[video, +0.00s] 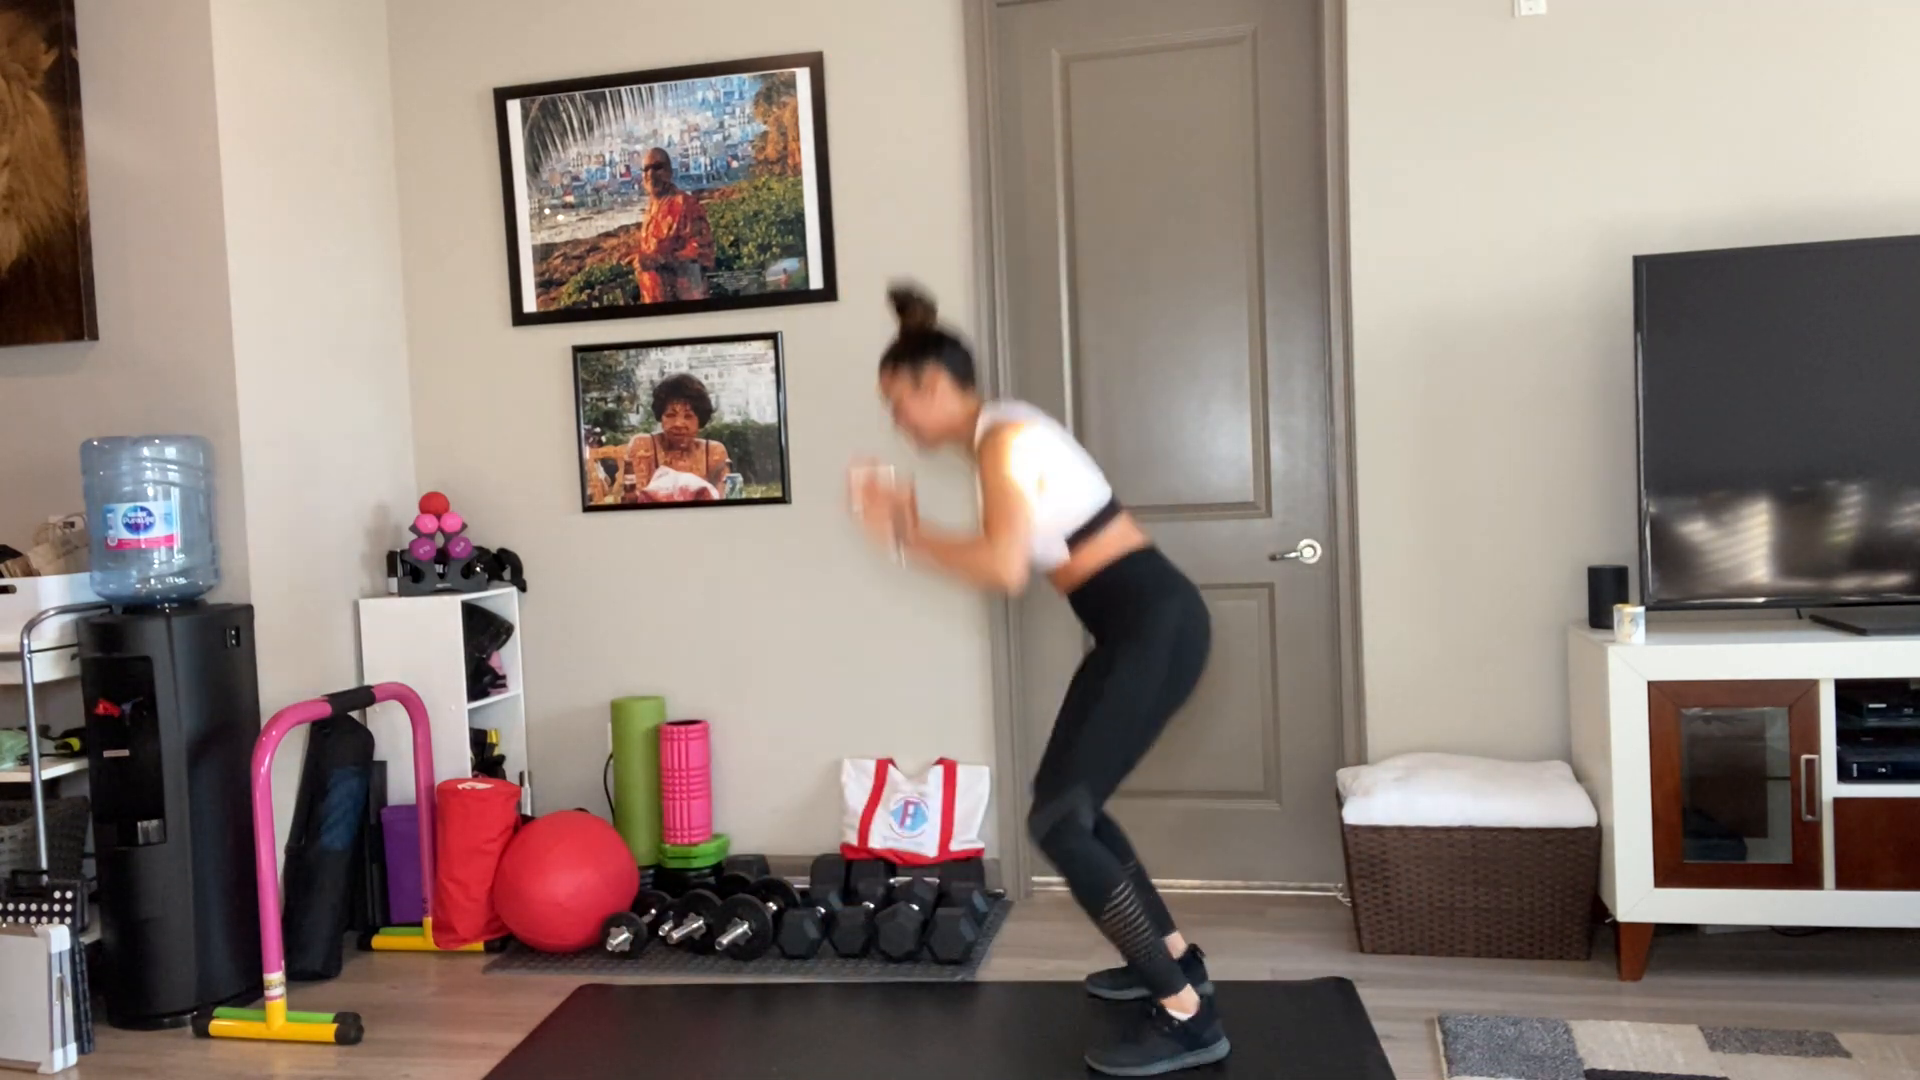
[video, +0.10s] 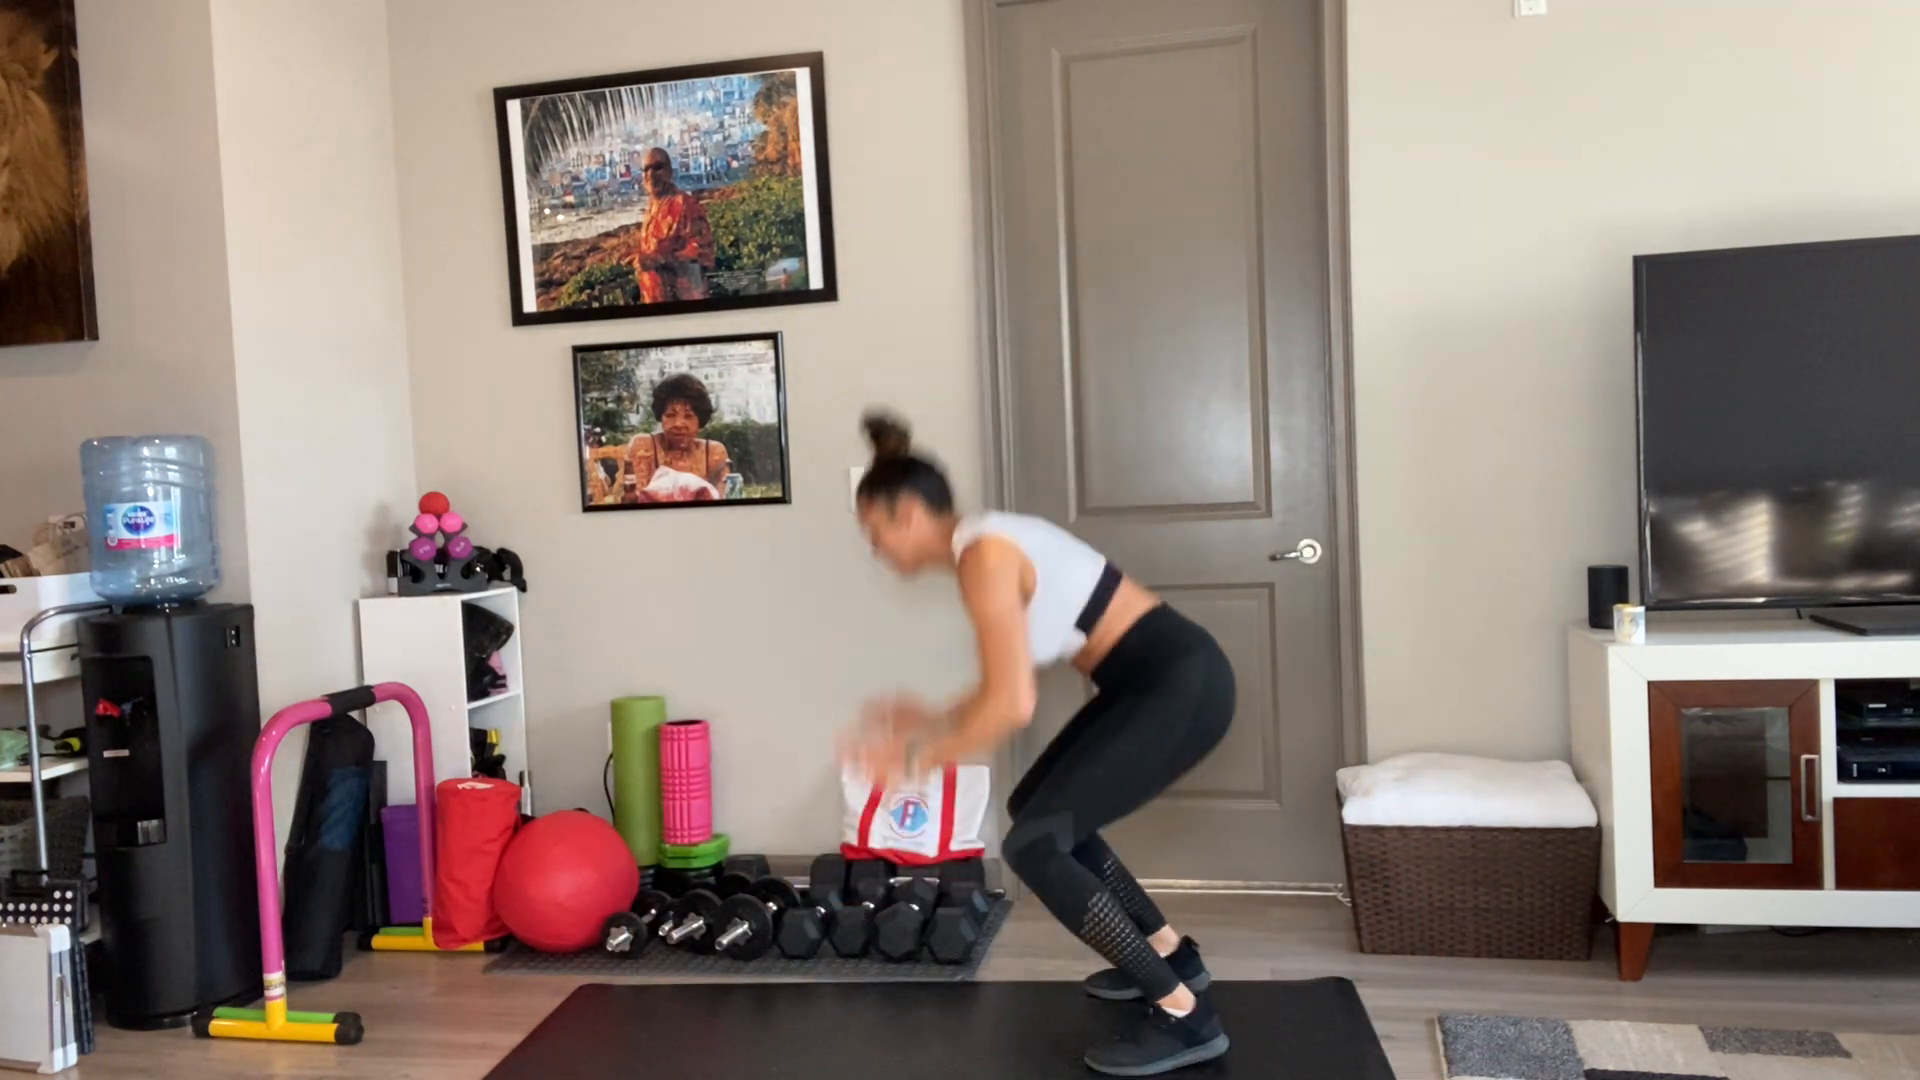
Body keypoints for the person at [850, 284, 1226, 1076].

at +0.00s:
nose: (899, 419)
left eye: (901, 400)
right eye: (893, 406)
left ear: (941, 384)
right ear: (938, 387)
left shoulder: (1007, 442)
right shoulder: (997, 438)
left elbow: (1006, 568)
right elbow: (999, 557)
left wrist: (911, 534)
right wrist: (912, 527)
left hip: (1155, 624)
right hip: (1131, 625)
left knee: (1061, 817)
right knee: (1067, 802)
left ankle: (1185, 1010)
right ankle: (1169, 951)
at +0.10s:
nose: (875, 550)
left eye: (876, 532)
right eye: (869, 535)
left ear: (912, 511)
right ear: (913, 511)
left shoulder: (987, 556)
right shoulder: (985, 545)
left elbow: (1012, 705)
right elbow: (1004, 690)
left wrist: (918, 758)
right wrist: (928, 720)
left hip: (1176, 683)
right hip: (1145, 683)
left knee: (1033, 845)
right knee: (1034, 809)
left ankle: (1183, 1012)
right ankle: (1166, 953)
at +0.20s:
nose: (864, 660)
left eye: (861, 642)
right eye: (856, 646)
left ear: (891, 618)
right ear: (901, 612)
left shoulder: (963, 647)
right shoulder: (976, 625)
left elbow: (962, 803)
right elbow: (992, 762)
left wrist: (893, 912)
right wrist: (918, 844)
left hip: (1187, 705)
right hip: (1155, 699)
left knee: (1033, 849)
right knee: (1030, 814)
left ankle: (1180, 1010)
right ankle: (1164, 951)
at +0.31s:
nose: (864, 741)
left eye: (855, 729)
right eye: (852, 733)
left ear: (874, 697)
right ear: (885, 685)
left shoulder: (936, 708)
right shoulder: (940, 687)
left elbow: (908, 856)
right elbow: (933, 839)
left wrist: (846, 988)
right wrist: (875, 916)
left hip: (1182, 675)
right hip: (1150, 670)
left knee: (1050, 835)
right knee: (1044, 803)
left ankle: (1185, 1015)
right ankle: (1167, 955)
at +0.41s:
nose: (860, 795)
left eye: (852, 782)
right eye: (850, 787)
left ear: (864, 751)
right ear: (867, 743)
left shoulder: (917, 741)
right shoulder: (913, 727)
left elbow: (875, 899)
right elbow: (881, 874)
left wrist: (817, 1028)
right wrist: (834, 966)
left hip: (1141, 601)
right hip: (1118, 608)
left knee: (1084, 809)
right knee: (1078, 777)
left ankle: (1194, 1014)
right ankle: (1173, 941)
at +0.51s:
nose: (837, 826)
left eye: (826, 812)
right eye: (826, 818)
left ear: (835, 776)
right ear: (840, 765)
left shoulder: (887, 762)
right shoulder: (890, 745)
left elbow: (868, 914)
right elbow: (874, 888)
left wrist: (827, 1051)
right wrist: (835, 973)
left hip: (1084, 595)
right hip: (1084, 595)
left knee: (1102, 817)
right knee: (1114, 789)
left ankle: (1281, 954)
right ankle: (1247, 884)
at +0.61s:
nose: (785, 833)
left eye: (771, 821)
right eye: (771, 825)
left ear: (781, 787)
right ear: (788, 772)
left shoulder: (843, 771)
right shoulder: (855, 749)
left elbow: (843, 922)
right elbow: (862, 901)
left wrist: (827, 1051)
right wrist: (826, 981)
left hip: (1041, 647)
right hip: (1046, 648)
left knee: (1167, 842)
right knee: (1162, 809)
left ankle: (1389, 938)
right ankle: (1339, 859)